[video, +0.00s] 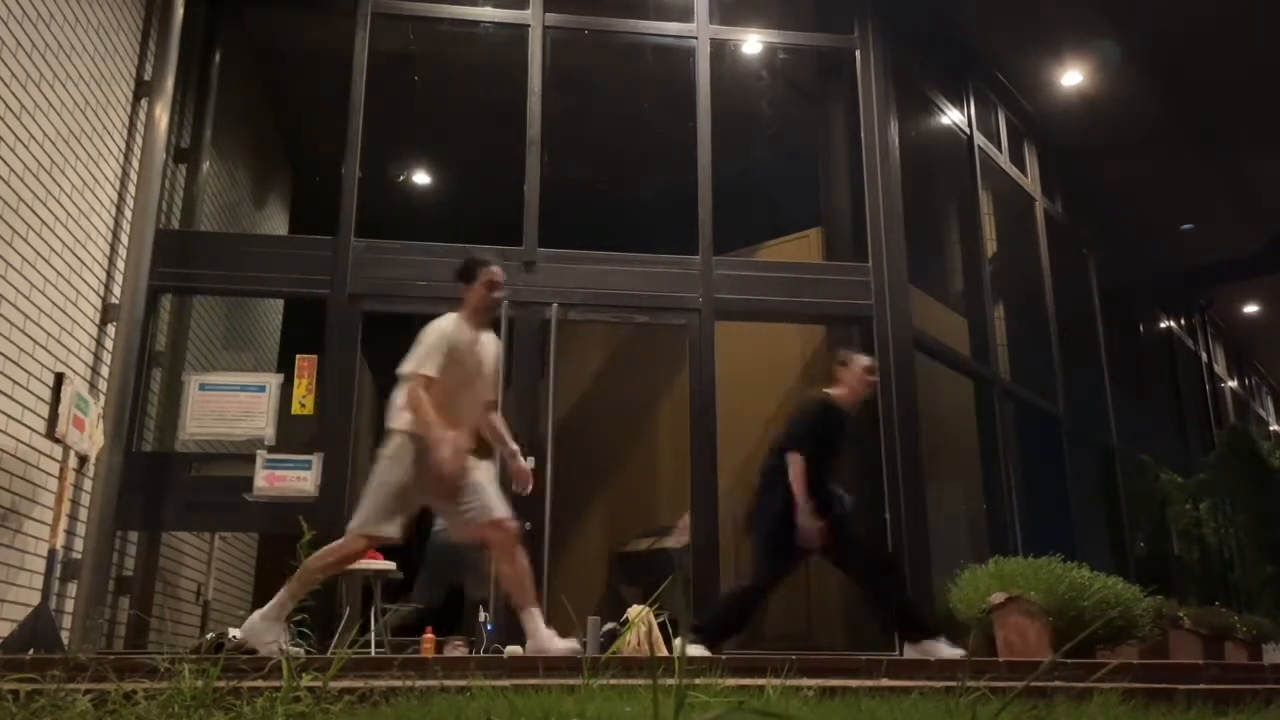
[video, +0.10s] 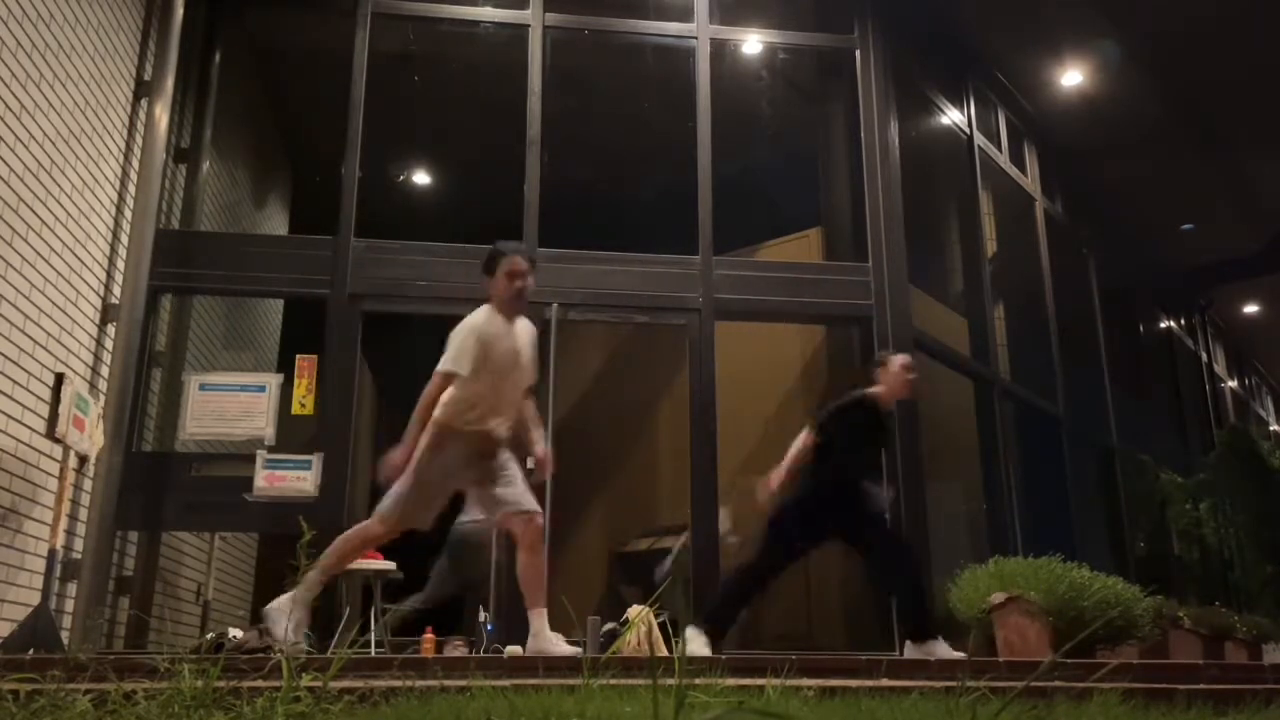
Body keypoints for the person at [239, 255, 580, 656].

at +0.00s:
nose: (499, 295)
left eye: (502, 288)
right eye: (492, 286)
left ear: (501, 292)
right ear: (467, 287)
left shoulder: (492, 344)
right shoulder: (443, 330)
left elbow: (487, 411)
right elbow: (415, 390)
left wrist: (513, 455)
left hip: (462, 456)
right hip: (410, 448)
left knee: (504, 534)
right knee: (359, 542)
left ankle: (539, 636)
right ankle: (267, 619)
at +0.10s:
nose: (522, 284)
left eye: (526, 277)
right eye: (512, 276)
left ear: (531, 282)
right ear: (491, 280)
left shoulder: (526, 331)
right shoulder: (475, 327)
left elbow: (523, 395)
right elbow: (437, 386)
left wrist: (537, 438)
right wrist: (406, 447)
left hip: (492, 447)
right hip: (446, 442)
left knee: (530, 525)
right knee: (383, 527)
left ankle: (540, 635)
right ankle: (294, 602)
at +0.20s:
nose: (533, 272)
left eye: (538, 264)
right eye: (523, 265)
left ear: (545, 267)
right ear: (505, 269)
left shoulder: (550, 315)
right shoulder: (490, 316)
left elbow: (560, 373)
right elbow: (444, 367)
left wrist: (568, 405)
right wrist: (407, 422)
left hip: (518, 434)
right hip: (473, 427)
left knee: (540, 526)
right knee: (414, 516)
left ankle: (540, 634)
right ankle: (331, 568)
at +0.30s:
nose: (532, 262)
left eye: (538, 253)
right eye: (523, 255)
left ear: (548, 256)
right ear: (508, 260)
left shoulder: (565, 305)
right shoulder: (495, 305)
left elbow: (588, 350)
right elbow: (451, 356)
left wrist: (586, 364)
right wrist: (416, 408)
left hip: (540, 424)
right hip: (493, 418)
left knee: (549, 524)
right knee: (436, 508)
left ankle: (541, 634)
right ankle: (365, 533)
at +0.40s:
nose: (530, 256)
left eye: (536, 248)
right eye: (522, 249)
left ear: (548, 250)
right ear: (509, 255)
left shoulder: (574, 296)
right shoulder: (498, 301)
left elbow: (610, 343)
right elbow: (461, 351)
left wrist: (605, 333)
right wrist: (434, 401)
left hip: (557, 421)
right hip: (506, 413)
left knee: (557, 523)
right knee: (450, 499)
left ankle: (542, 633)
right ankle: (410, 505)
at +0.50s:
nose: (528, 254)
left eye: (534, 245)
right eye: (520, 248)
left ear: (548, 246)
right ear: (508, 253)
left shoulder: (576, 290)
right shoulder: (501, 302)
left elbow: (613, 322)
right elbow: (473, 355)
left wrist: (576, 278)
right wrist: (451, 404)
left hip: (568, 414)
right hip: (514, 409)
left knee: (562, 522)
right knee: (455, 493)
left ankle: (545, 632)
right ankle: (471, 533)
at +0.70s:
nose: (525, 254)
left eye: (531, 245)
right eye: (517, 248)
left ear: (545, 245)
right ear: (507, 255)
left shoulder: (572, 278)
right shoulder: (507, 302)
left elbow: (591, 298)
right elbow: (494, 356)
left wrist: (557, 262)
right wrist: (480, 404)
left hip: (571, 404)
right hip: (518, 402)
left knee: (570, 519)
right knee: (465, 490)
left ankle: (566, 625)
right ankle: (535, 479)